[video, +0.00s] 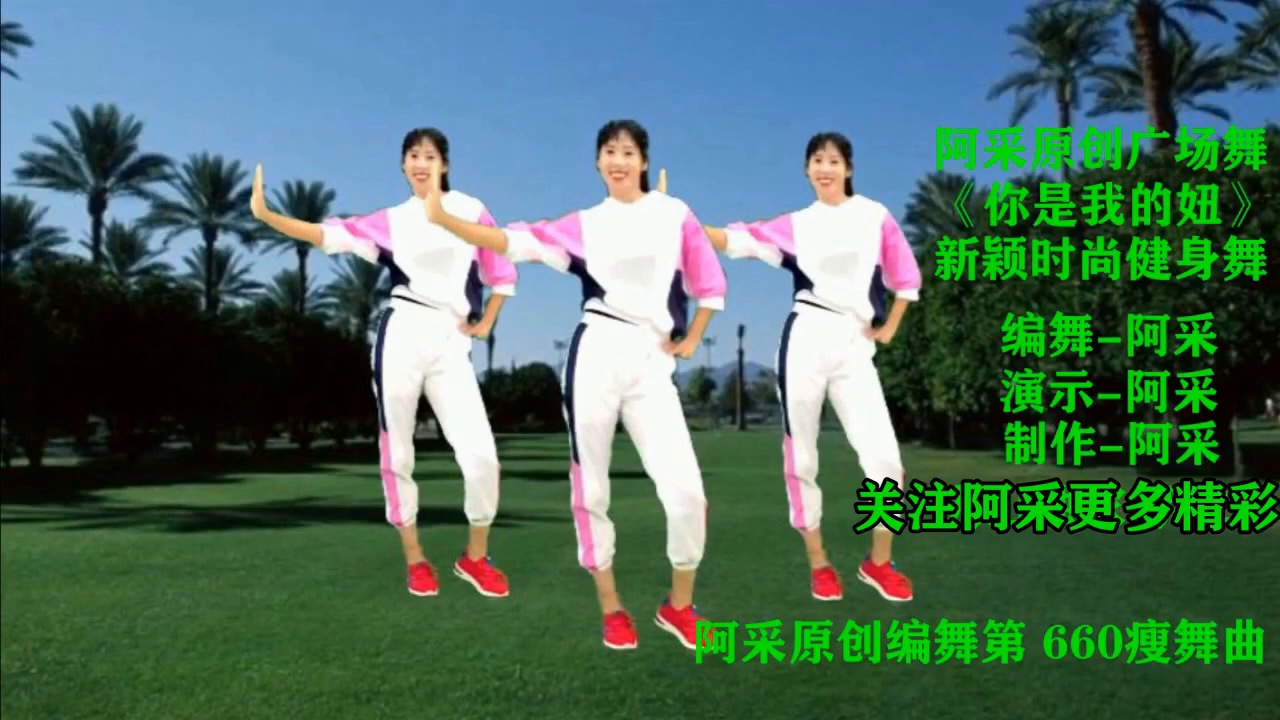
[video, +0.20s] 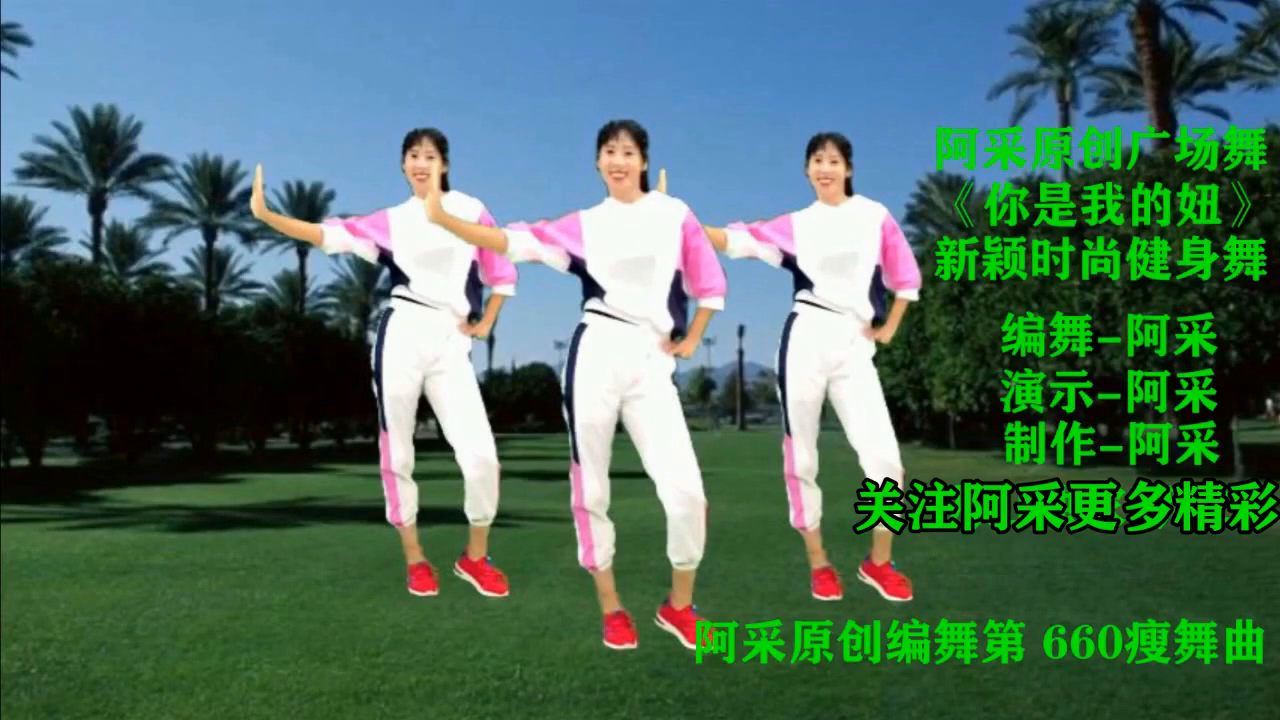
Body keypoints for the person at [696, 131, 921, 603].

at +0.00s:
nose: (825, 168)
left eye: (833, 161)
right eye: (818, 161)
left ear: (848, 169)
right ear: (807, 171)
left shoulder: (876, 217)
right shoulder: (797, 223)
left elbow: (907, 277)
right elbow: (734, 238)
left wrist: (888, 329)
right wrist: (682, 224)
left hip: (855, 340)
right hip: (806, 335)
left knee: (885, 458)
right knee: (802, 458)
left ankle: (879, 562)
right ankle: (819, 565)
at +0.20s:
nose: (825, 168)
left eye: (833, 161)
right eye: (818, 161)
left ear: (848, 169)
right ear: (807, 171)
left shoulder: (876, 217)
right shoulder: (797, 223)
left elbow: (907, 277)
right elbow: (734, 238)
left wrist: (888, 329)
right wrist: (682, 224)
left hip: (855, 340)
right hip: (806, 335)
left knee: (885, 458)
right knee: (802, 458)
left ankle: (879, 562)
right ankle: (819, 565)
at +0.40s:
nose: (825, 168)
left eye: (833, 161)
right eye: (818, 161)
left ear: (848, 169)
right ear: (807, 170)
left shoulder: (875, 217)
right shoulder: (797, 223)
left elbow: (907, 277)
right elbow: (734, 238)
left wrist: (888, 329)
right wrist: (683, 224)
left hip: (855, 340)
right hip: (806, 336)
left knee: (885, 458)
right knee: (802, 458)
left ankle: (879, 562)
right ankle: (819, 565)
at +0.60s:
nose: (825, 168)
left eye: (833, 161)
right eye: (818, 161)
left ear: (848, 169)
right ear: (807, 170)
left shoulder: (876, 217)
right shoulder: (797, 223)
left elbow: (907, 277)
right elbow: (734, 238)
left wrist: (888, 329)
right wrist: (683, 224)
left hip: (855, 340)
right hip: (806, 336)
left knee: (886, 459)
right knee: (802, 458)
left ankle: (879, 562)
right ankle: (819, 565)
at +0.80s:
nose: (825, 168)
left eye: (833, 161)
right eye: (818, 161)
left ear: (848, 169)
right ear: (807, 171)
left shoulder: (876, 217)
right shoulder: (797, 223)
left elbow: (907, 277)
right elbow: (734, 238)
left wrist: (888, 330)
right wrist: (682, 224)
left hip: (855, 340)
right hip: (806, 336)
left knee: (885, 458)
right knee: (802, 458)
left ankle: (879, 562)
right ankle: (819, 565)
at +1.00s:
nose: (825, 168)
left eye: (833, 161)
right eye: (818, 161)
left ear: (848, 169)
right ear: (807, 171)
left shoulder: (875, 217)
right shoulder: (797, 223)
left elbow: (907, 277)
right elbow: (734, 238)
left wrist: (888, 329)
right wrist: (683, 224)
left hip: (855, 340)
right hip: (806, 336)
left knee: (886, 459)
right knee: (802, 459)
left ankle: (879, 562)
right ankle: (819, 565)